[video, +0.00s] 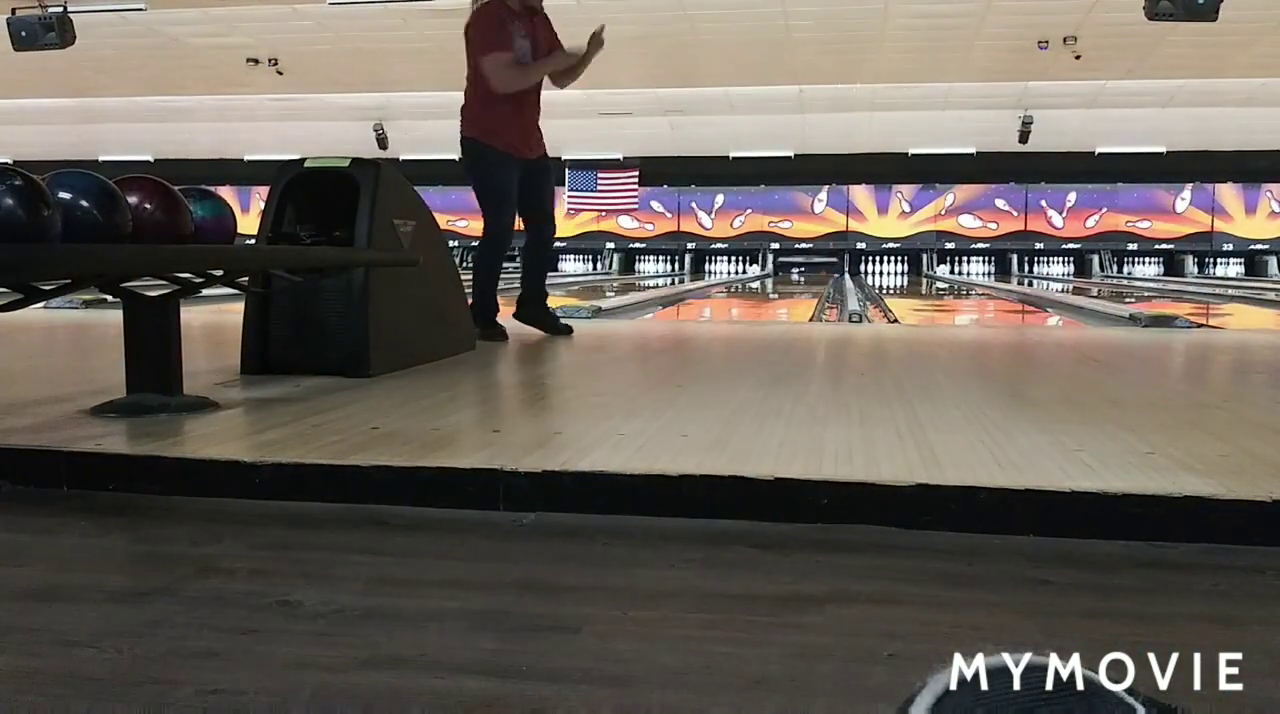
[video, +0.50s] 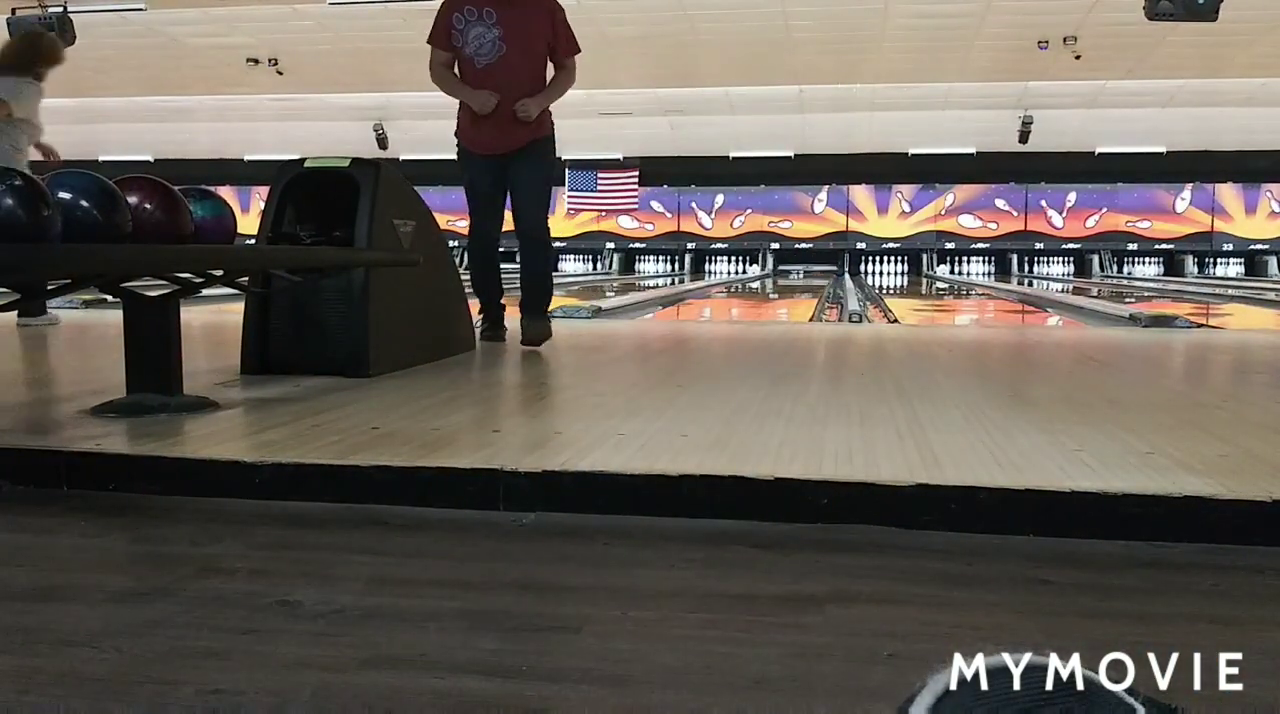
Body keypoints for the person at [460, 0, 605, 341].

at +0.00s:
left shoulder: (538, 19)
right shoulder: (488, 16)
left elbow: (560, 78)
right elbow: (501, 79)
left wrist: (588, 55)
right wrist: (552, 62)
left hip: (528, 141)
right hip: (488, 140)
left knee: (542, 226)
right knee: (499, 227)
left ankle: (532, 305)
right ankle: (483, 315)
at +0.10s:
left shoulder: (540, 21)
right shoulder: (473, 13)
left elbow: (549, 79)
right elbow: (442, 68)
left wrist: (570, 97)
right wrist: (493, 95)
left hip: (529, 140)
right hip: (485, 141)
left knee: (549, 225)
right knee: (495, 228)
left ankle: (529, 291)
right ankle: (483, 315)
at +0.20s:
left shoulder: (540, 16)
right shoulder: (463, 10)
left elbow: (549, 71)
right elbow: (419, 58)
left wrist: (547, 104)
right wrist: (460, 100)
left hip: (533, 143)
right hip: (484, 143)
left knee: (551, 226)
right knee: (491, 231)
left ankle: (525, 286)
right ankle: (483, 316)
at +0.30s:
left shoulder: (541, 9)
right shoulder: (459, 7)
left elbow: (553, 67)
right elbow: (422, 59)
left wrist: (541, 101)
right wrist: (459, 99)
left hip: (533, 139)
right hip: (482, 140)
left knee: (546, 228)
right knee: (485, 231)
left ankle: (527, 301)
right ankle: (484, 315)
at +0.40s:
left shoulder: (543, 7)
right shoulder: (456, 6)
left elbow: (561, 67)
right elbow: (433, 65)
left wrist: (542, 99)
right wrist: (465, 98)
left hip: (532, 136)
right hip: (480, 139)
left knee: (538, 230)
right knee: (485, 231)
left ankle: (535, 317)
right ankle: (489, 317)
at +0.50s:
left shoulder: (545, 7)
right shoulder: (456, 6)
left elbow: (567, 70)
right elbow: (438, 69)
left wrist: (541, 100)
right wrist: (470, 94)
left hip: (531, 137)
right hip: (479, 139)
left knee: (533, 230)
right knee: (483, 232)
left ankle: (535, 317)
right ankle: (491, 316)